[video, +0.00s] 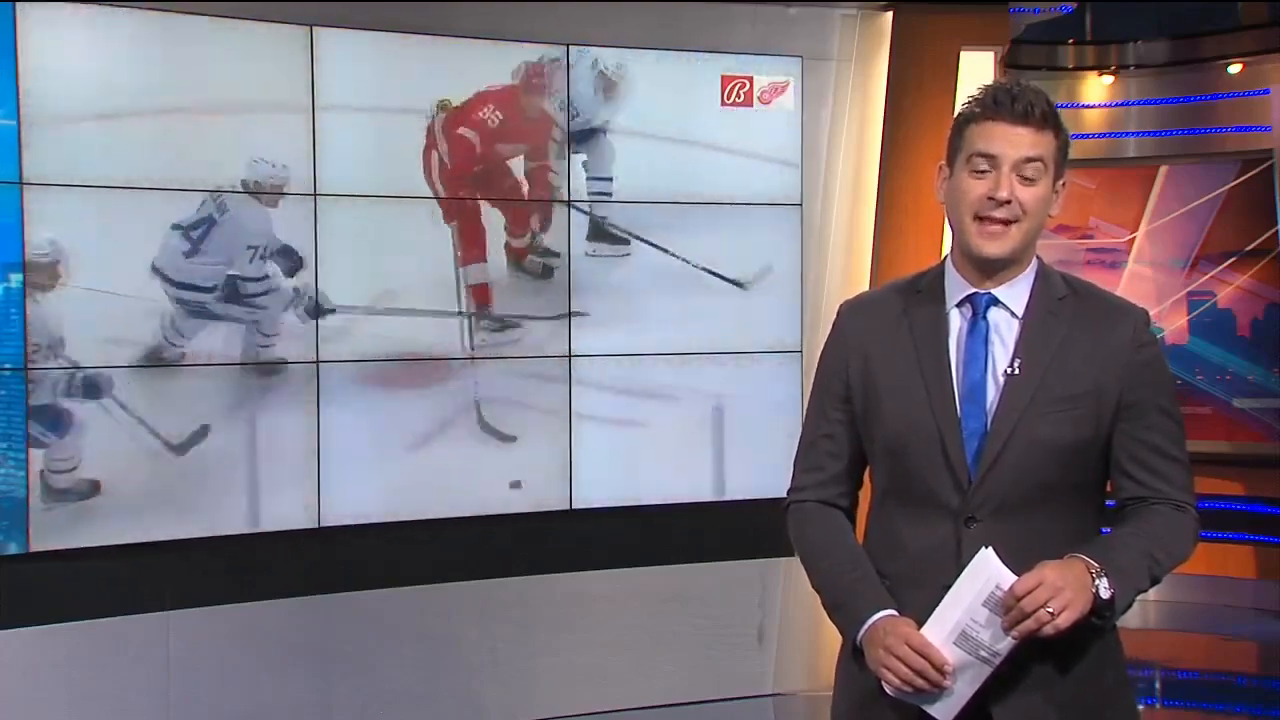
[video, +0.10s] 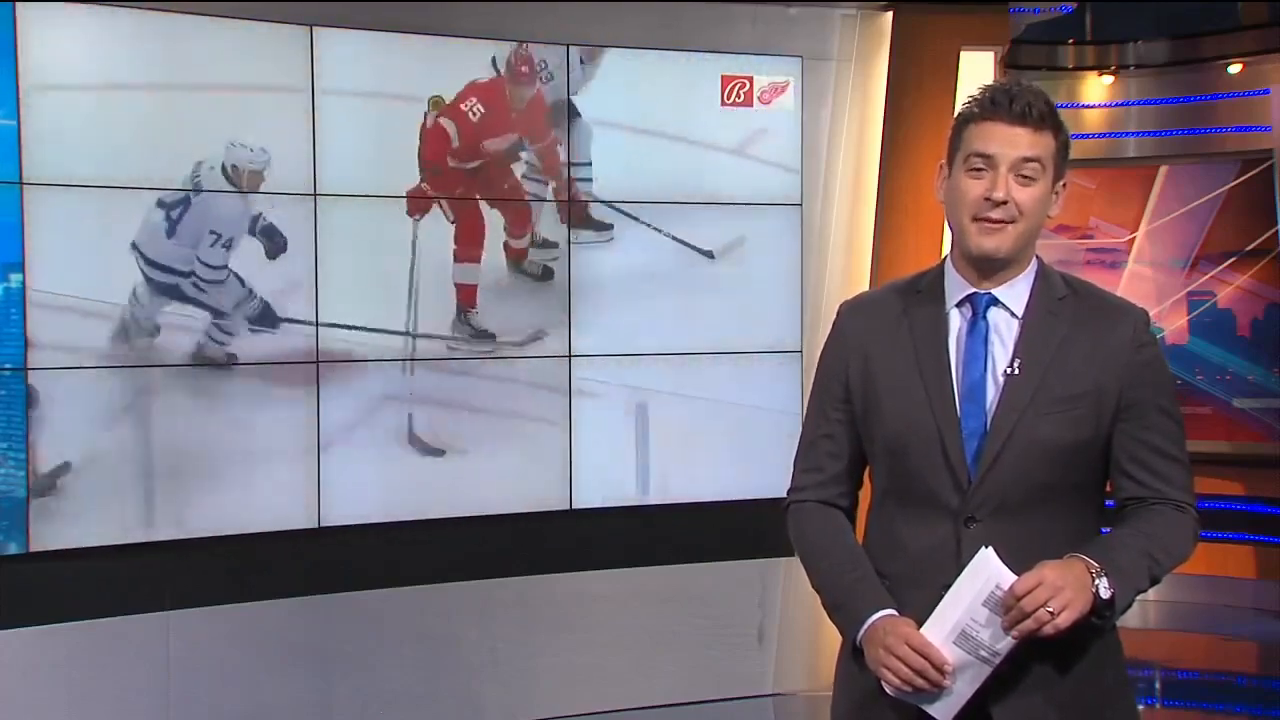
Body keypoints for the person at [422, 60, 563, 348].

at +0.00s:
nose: (545, 102)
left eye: (548, 95)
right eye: (540, 94)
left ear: (548, 94)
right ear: (524, 92)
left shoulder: (543, 121)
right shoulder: (494, 104)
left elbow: (538, 163)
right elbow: (463, 140)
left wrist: (543, 204)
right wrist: (459, 191)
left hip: (488, 159)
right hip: (447, 154)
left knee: (519, 207)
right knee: (470, 224)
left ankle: (518, 256)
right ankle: (481, 311)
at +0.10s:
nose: (523, 96)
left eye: (528, 89)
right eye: (518, 89)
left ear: (535, 84)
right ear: (506, 82)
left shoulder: (534, 102)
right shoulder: (478, 101)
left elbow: (546, 147)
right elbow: (435, 138)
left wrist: (560, 184)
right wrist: (429, 186)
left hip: (487, 162)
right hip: (449, 165)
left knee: (520, 212)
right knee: (472, 225)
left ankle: (518, 261)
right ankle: (465, 314)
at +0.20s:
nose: (528, 80)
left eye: (534, 73)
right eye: (523, 73)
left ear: (542, 72)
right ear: (513, 68)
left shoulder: (544, 93)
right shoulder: (485, 91)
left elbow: (560, 125)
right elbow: (436, 124)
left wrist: (581, 148)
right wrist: (421, 175)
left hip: (498, 156)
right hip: (458, 160)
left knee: (531, 213)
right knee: (481, 224)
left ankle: (529, 257)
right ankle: (469, 314)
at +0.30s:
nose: (543, 62)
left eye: (550, 54)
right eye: (538, 53)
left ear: (560, 54)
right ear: (528, 50)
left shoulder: (562, 66)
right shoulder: (501, 73)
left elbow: (575, 80)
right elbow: (450, 105)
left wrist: (585, 98)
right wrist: (427, 156)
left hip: (515, 139)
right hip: (473, 145)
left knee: (547, 199)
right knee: (489, 216)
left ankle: (560, 242)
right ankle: (480, 302)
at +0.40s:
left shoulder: (560, 51)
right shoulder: (500, 61)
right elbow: (467, 71)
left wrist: (586, 51)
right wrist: (446, 116)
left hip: (535, 101)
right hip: (492, 104)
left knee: (569, 157)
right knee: (502, 177)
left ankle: (593, 205)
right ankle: (496, 260)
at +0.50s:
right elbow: (481, 26)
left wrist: (583, 66)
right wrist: (462, 69)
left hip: (555, 48)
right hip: (511, 50)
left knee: (591, 109)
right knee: (519, 128)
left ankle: (616, 164)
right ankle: (511, 216)